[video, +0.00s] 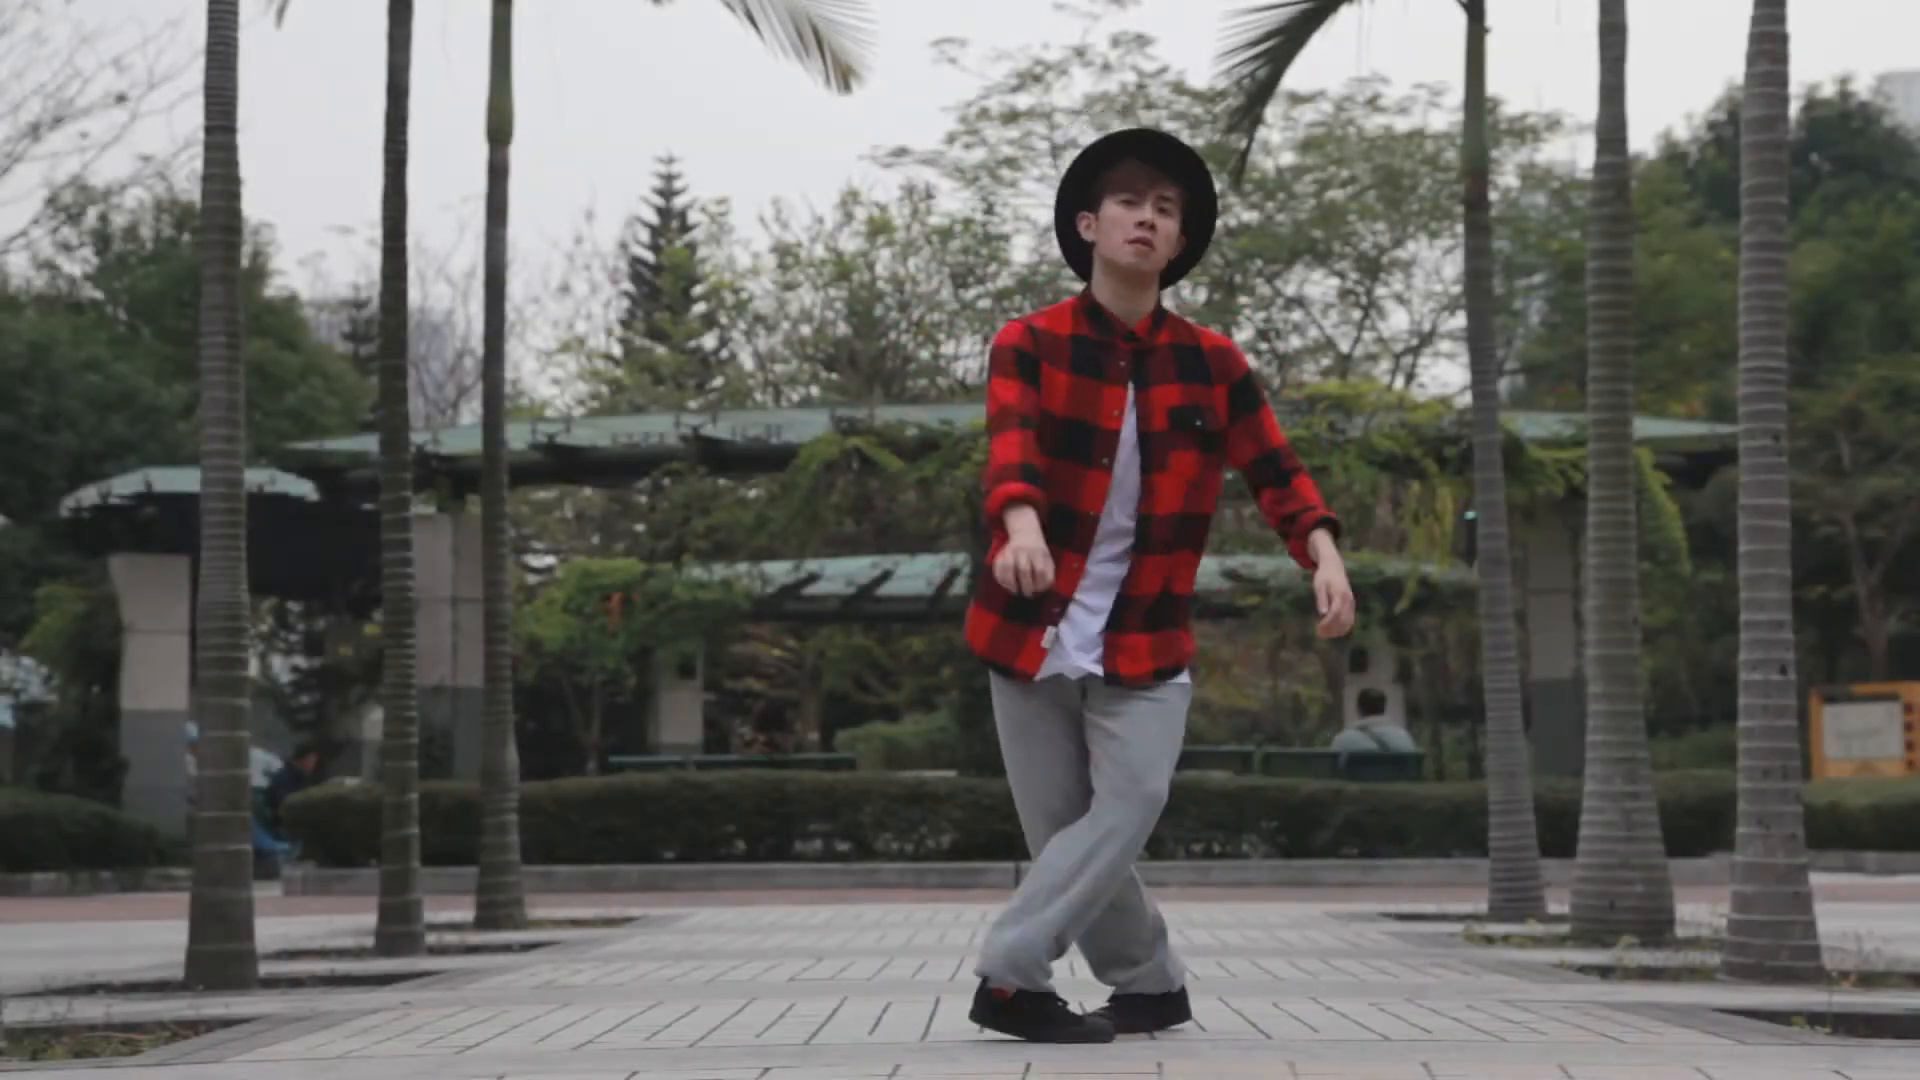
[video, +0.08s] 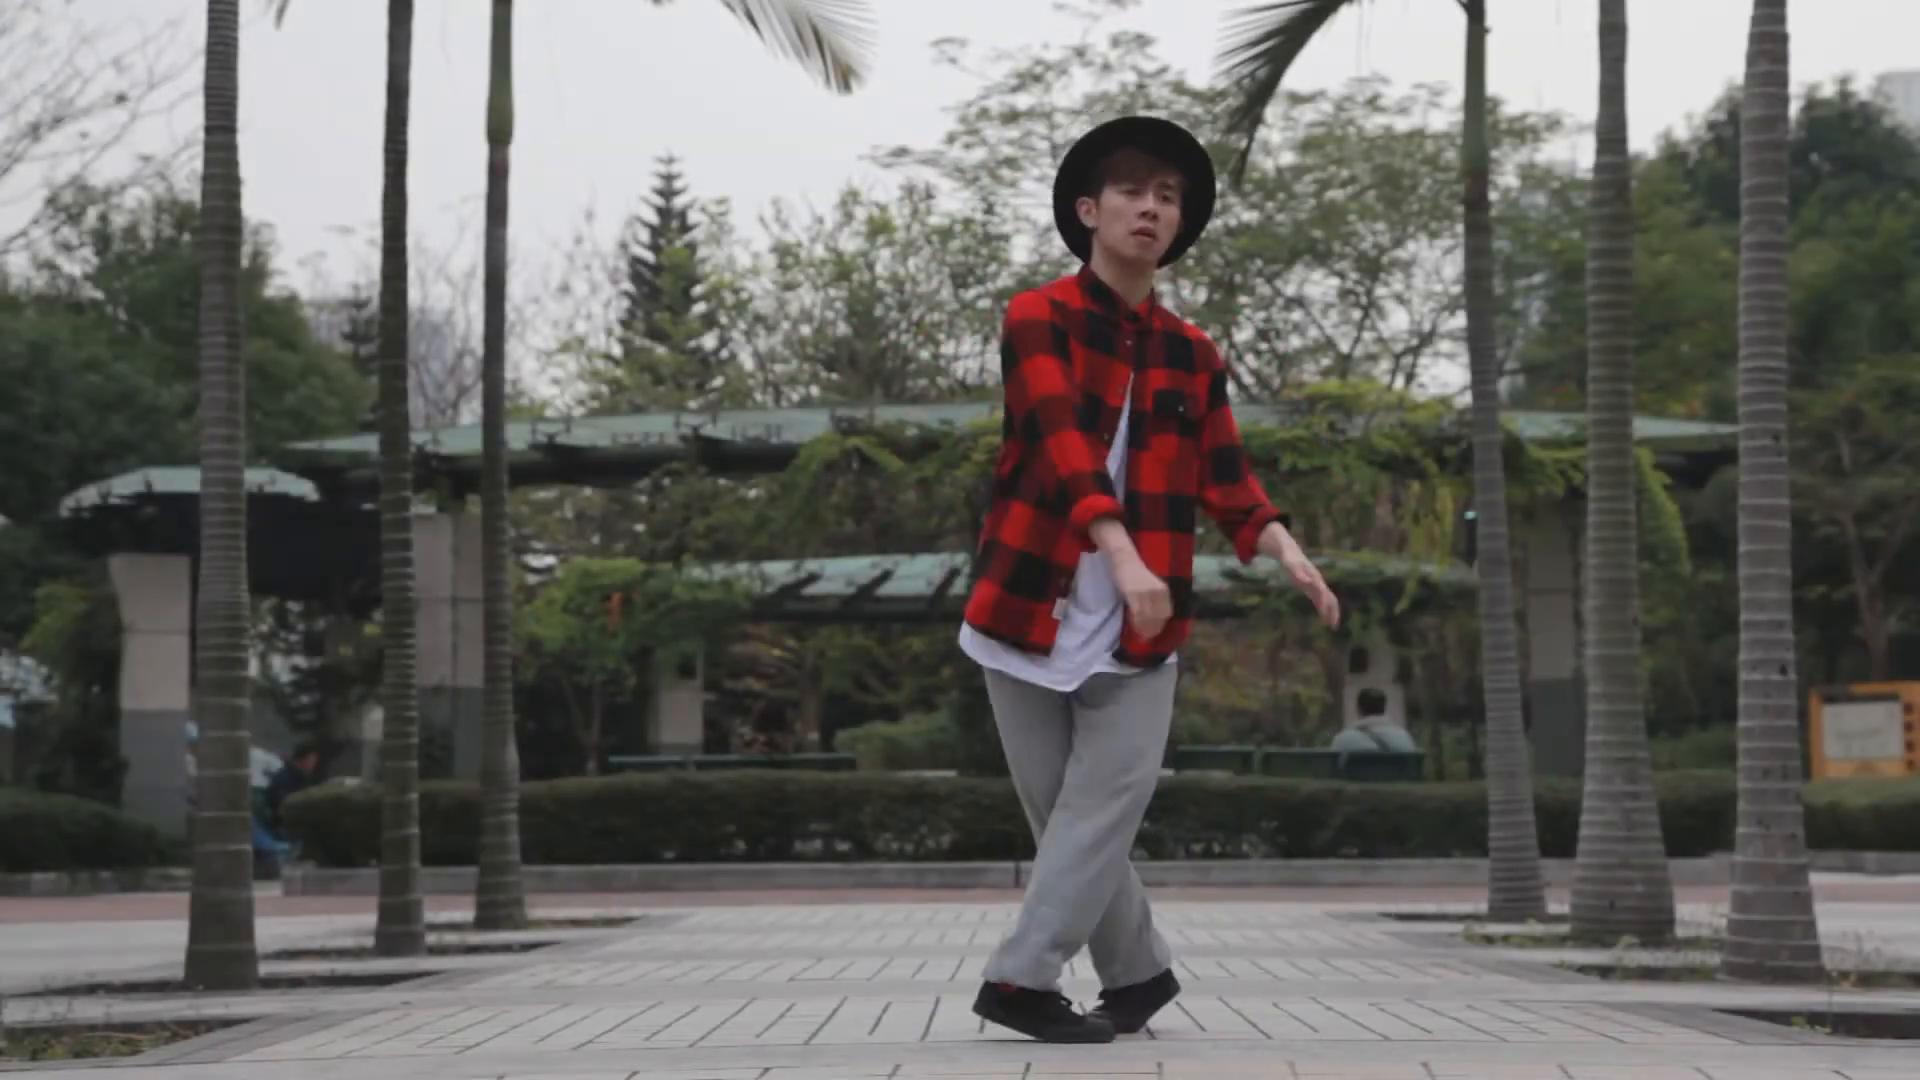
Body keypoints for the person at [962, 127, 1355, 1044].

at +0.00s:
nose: (1145, 216)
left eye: (1165, 205)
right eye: (1126, 199)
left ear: (1183, 237)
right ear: (1085, 224)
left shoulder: (1215, 361)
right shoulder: (1029, 343)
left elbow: (1275, 471)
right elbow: (1012, 448)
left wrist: (1323, 554)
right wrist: (1021, 522)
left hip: (1146, 630)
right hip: (1032, 619)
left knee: (1130, 806)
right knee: (1057, 824)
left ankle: (1010, 971)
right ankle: (1150, 980)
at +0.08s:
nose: (1151, 208)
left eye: (1169, 196)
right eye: (1131, 189)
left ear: (1182, 224)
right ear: (1086, 209)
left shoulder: (1194, 353)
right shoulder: (1037, 317)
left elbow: (1229, 481)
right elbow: (1062, 451)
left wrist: (1289, 554)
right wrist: (1128, 561)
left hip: (1138, 603)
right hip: (1028, 602)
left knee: (1115, 788)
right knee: (1060, 805)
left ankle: (1021, 976)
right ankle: (1137, 970)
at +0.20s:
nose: (1157, 156)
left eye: (1174, 144)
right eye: (1139, 134)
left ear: (1184, 167)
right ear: (1089, 146)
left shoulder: (1165, 289)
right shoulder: (1043, 247)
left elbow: (1183, 398)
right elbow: (1061, 384)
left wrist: (1204, 443)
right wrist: (1167, 435)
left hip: (1122, 548)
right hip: (1018, 545)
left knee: (1132, 732)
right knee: (1032, 742)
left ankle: (1075, 938)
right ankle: (1027, 932)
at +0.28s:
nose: (1155, 151)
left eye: (1171, 138)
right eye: (1136, 130)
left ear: (1183, 159)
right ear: (1087, 143)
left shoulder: (1158, 274)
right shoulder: (1046, 237)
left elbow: (1173, 380)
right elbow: (1052, 375)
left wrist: (1187, 402)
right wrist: (1147, 401)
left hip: (1101, 530)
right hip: (1001, 525)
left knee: (1147, 713)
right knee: (1007, 726)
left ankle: (1098, 925)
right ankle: (939, 921)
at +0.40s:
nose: (1151, 201)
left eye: (1166, 187)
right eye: (1127, 183)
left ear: (1178, 207)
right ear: (1080, 204)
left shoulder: (1135, 318)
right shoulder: (1059, 298)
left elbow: (1097, 437)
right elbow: (1032, 443)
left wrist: (1155, 437)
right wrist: (1136, 453)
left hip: (1072, 590)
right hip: (988, 585)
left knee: (1146, 761)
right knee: (959, 773)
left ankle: (1123, 966)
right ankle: (848, 973)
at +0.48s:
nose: (1133, 255)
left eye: (1146, 240)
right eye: (1108, 239)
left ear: (1160, 263)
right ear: (1064, 267)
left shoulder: (1117, 384)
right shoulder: (1033, 374)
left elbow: (1071, 511)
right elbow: (969, 507)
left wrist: (1146, 500)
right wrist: (1070, 562)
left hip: (1081, 647)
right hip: (993, 645)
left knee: (1163, 793)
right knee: (945, 823)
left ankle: (1114, 984)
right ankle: (815, 997)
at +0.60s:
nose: (1078, 172)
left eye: (1095, 157)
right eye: (1055, 161)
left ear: (1127, 186)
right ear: (1025, 196)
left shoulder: (1150, 316)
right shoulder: (976, 294)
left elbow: (1155, 461)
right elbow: (878, 387)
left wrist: (1171, 407)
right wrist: (886, 441)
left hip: (1101, 582)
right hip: (984, 577)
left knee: (1133, 764)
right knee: (928, 758)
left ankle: (1126, 942)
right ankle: (870, 960)